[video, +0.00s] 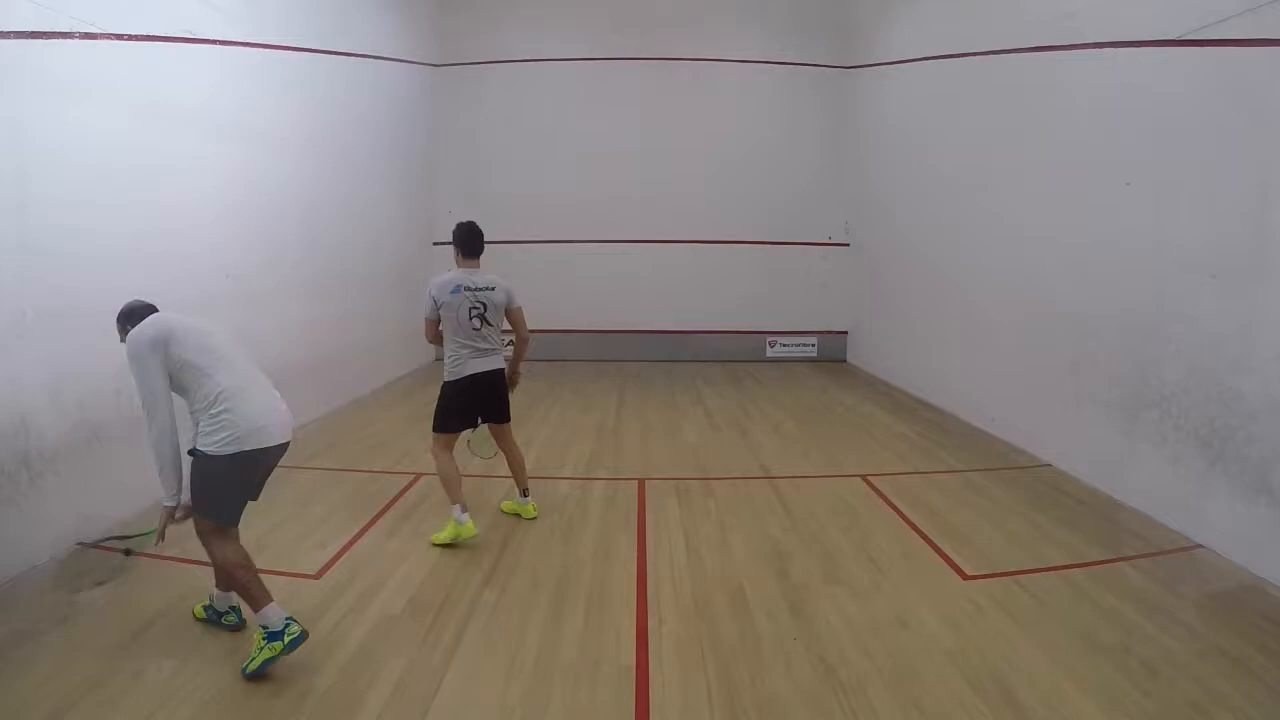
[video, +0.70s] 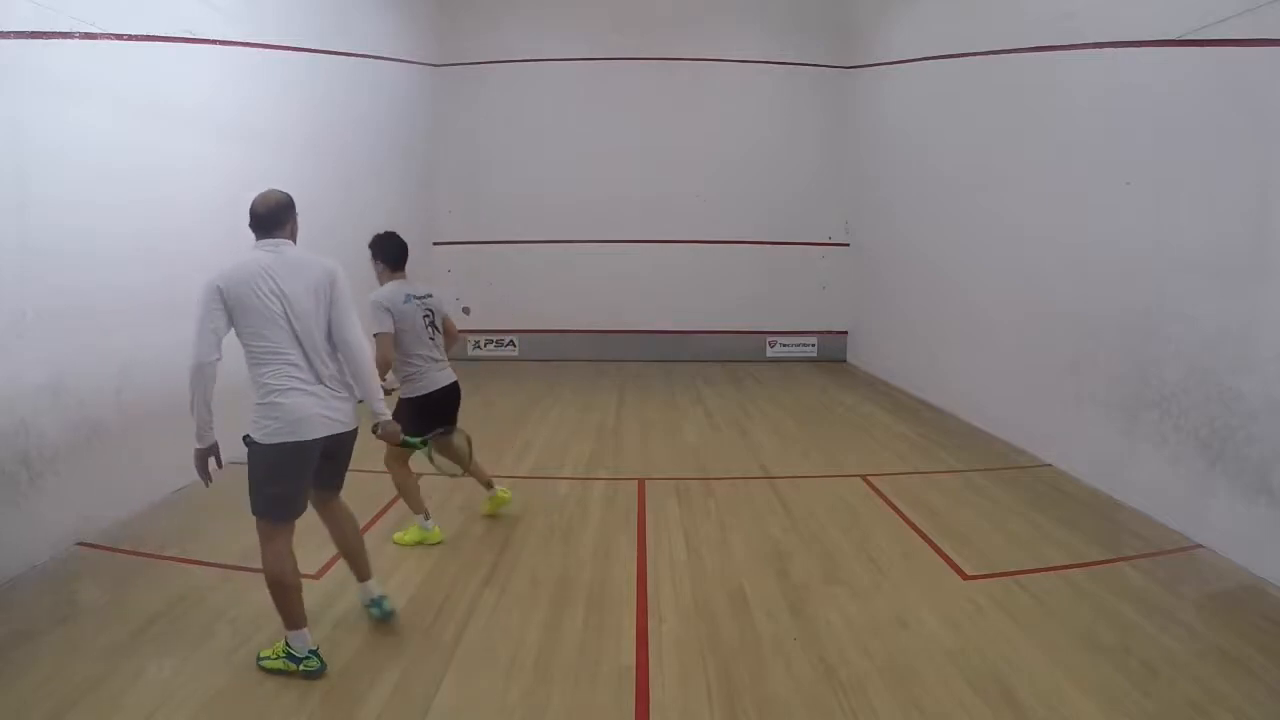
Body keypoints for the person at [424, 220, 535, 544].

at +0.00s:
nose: (458, 251)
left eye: (454, 246)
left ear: (454, 249)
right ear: (483, 250)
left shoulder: (439, 286)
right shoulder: (500, 286)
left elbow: (433, 336)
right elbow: (522, 334)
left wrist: (461, 341)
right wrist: (514, 368)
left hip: (458, 382)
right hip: (495, 377)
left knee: (442, 448)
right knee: (506, 440)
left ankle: (461, 518)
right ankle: (525, 500)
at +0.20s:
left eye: (467, 249)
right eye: (488, 250)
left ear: (463, 252)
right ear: (491, 252)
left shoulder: (443, 284)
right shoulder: (497, 289)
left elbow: (437, 330)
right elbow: (523, 335)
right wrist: (522, 369)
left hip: (457, 380)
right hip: (493, 376)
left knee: (477, 448)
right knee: (506, 437)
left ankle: (505, 500)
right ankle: (526, 500)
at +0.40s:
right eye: (476, 252)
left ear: (450, 254)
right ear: (479, 255)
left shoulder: (430, 287)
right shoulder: (491, 291)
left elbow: (423, 337)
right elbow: (511, 342)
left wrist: (453, 344)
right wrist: (500, 369)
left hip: (449, 384)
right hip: (486, 378)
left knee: (448, 448)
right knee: (504, 442)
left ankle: (490, 496)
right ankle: (525, 500)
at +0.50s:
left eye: (433, 255)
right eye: (453, 253)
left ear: (430, 258)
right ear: (459, 257)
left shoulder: (419, 292)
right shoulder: (479, 294)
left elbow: (406, 346)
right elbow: (498, 342)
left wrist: (434, 358)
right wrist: (484, 364)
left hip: (444, 390)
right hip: (480, 383)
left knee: (420, 449)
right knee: (497, 440)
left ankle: (454, 509)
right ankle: (524, 500)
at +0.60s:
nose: (403, 265)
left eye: (402, 261)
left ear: (404, 264)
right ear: (432, 263)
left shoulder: (402, 301)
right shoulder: (454, 296)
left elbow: (393, 359)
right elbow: (478, 340)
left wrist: (409, 380)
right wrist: (465, 365)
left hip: (433, 397)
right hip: (469, 389)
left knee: (397, 455)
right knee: (488, 444)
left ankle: (423, 522)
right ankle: (522, 497)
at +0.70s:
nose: (372, 266)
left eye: (372, 261)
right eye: (372, 261)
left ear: (379, 263)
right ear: (404, 261)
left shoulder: (381, 299)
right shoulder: (427, 293)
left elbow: (385, 358)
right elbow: (452, 335)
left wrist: (374, 380)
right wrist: (432, 360)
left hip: (418, 397)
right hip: (449, 388)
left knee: (395, 461)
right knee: (443, 441)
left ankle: (425, 525)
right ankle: (495, 490)